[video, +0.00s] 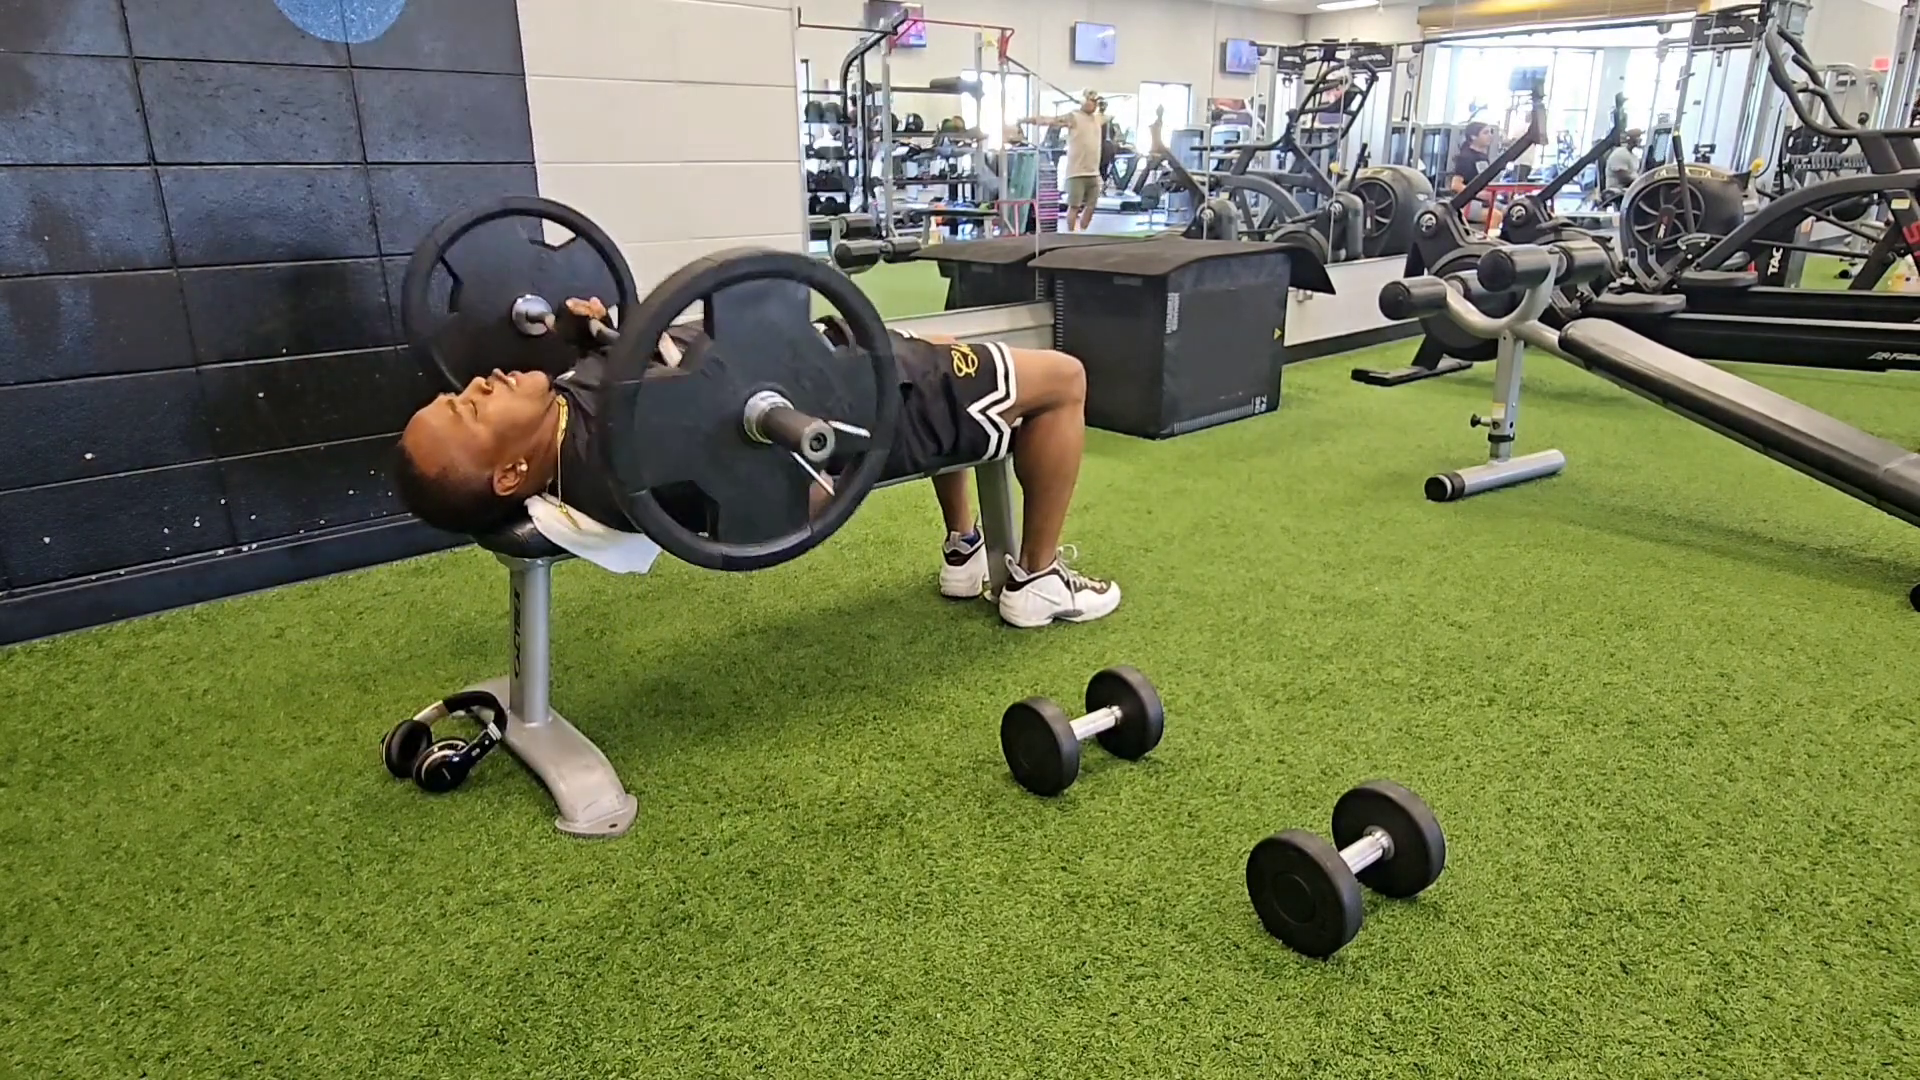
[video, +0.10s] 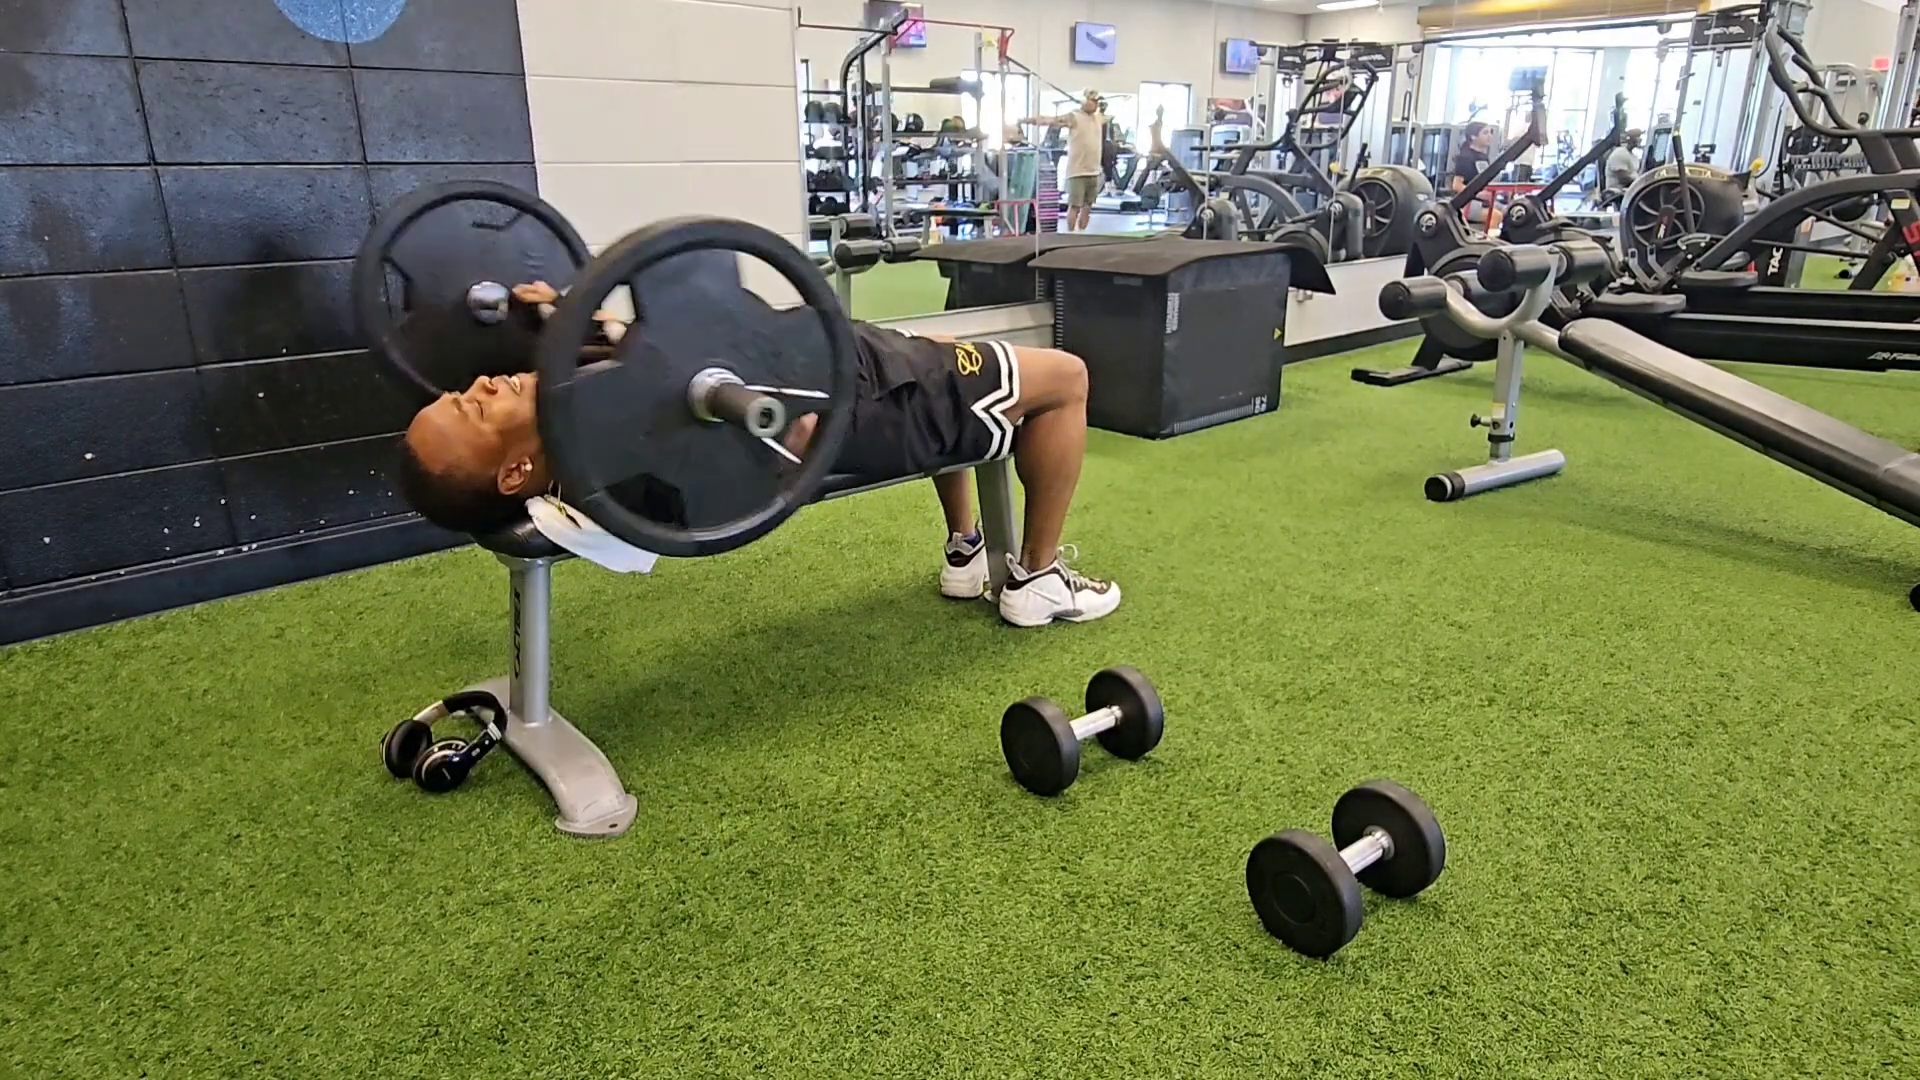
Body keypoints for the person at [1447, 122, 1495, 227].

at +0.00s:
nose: (1490, 135)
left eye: (1490, 132)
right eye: (1485, 132)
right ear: (1473, 137)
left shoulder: (1484, 156)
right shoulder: (1466, 156)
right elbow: (1456, 185)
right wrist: (1479, 194)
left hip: (1485, 201)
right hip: (1468, 202)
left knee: (1509, 212)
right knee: (1496, 216)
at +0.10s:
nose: (1490, 136)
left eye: (1490, 132)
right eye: (1485, 133)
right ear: (1473, 137)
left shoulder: (1484, 157)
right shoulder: (1465, 156)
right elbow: (1457, 185)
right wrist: (1479, 194)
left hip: (1485, 201)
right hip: (1468, 203)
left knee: (1507, 211)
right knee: (1496, 216)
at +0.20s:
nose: (1489, 136)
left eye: (1489, 132)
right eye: (1484, 133)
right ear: (1472, 137)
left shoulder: (1484, 157)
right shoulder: (1465, 156)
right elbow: (1457, 185)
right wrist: (1479, 194)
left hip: (1486, 201)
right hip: (1468, 203)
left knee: (1508, 211)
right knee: (1496, 216)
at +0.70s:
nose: (1489, 136)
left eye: (1490, 132)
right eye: (1485, 133)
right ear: (1473, 137)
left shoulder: (1485, 156)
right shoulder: (1465, 157)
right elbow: (1454, 185)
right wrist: (1478, 195)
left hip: (1488, 201)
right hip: (1469, 202)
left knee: (1508, 212)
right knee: (1496, 215)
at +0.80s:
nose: (1490, 136)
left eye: (1490, 132)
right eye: (1485, 133)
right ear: (1473, 137)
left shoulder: (1485, 155)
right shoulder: (1465, 156)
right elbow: (1454, 185)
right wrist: (1479, 195)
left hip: (1488, 201)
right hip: (1469, 203)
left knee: (1509, 212)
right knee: (1496, 215)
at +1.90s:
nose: (1494, 141)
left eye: (1496, 138)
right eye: (1492, 138)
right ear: (1480, 137)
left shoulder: (1487, 156)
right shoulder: (1467, 156)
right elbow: (1458, 186)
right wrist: (1483, 195)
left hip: (1488, 201)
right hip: (1470, 202)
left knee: (1507, 212)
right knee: (1496, 215)